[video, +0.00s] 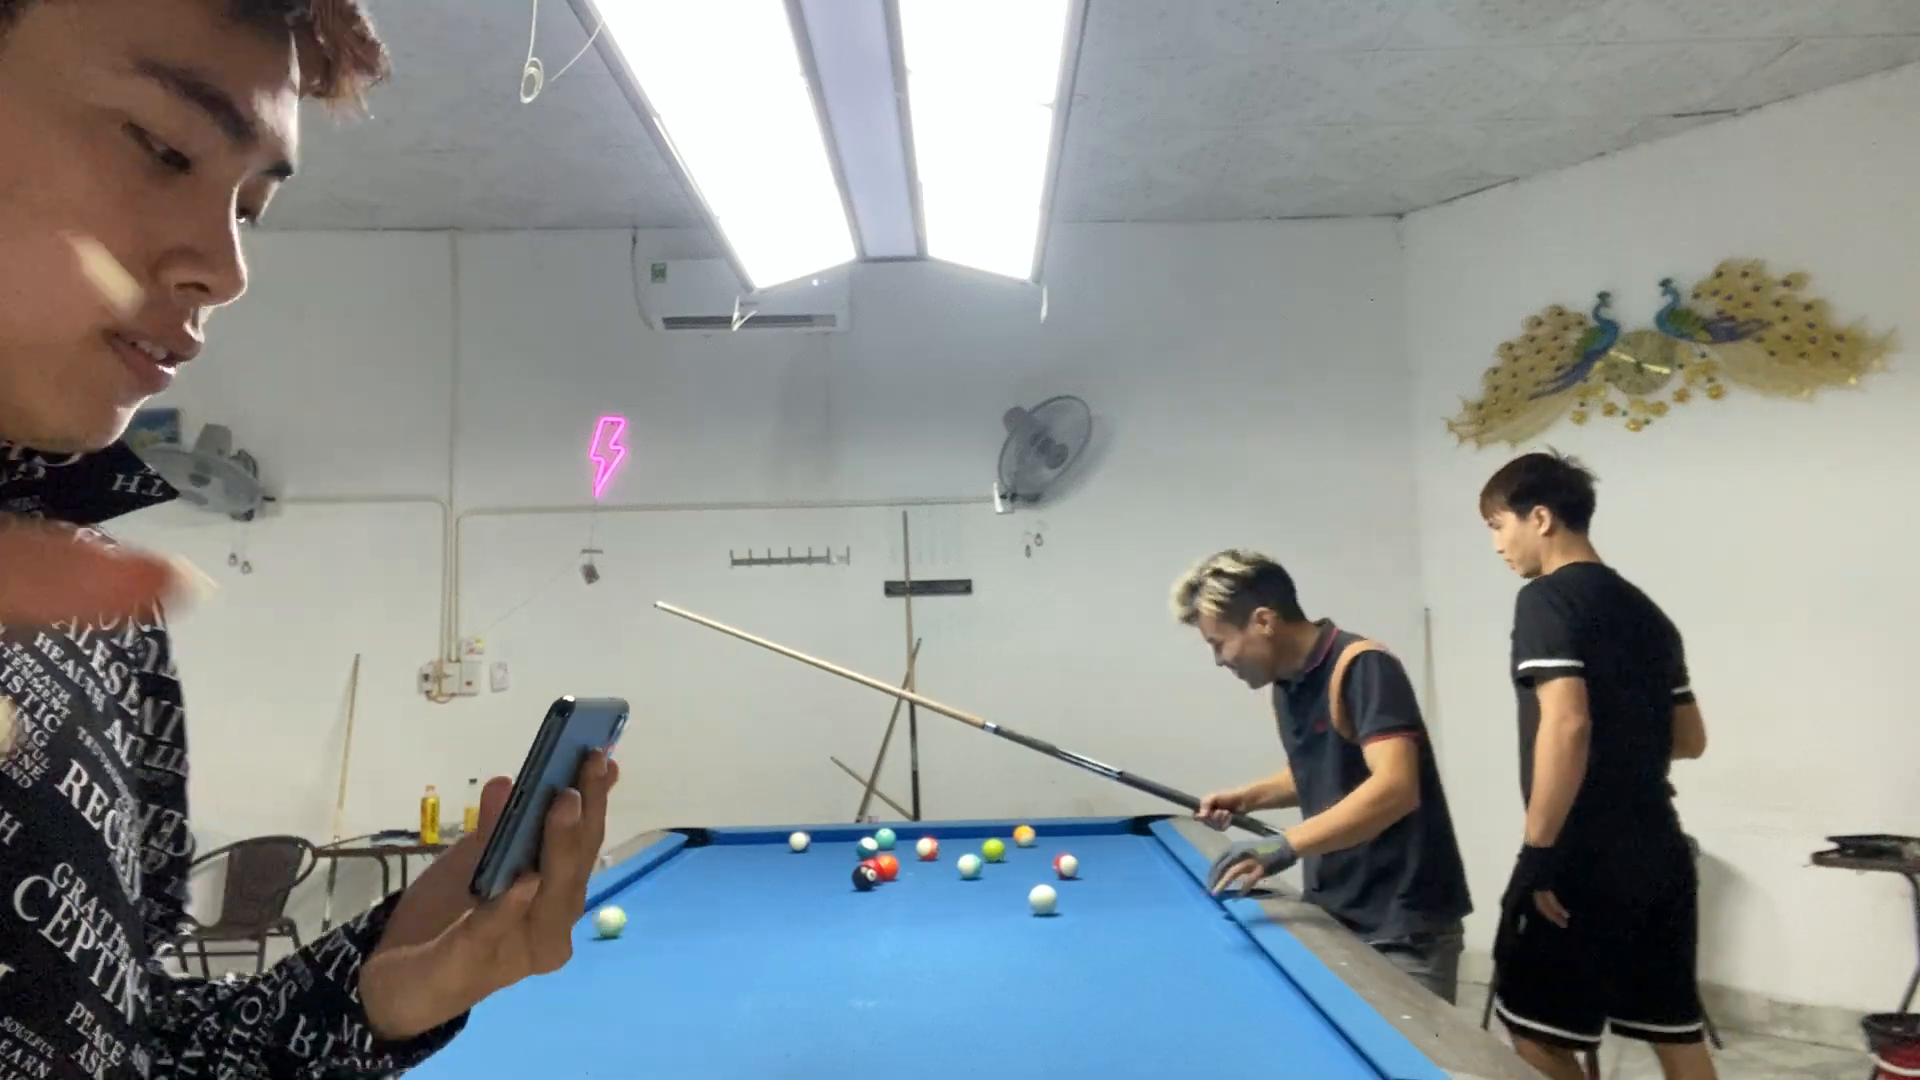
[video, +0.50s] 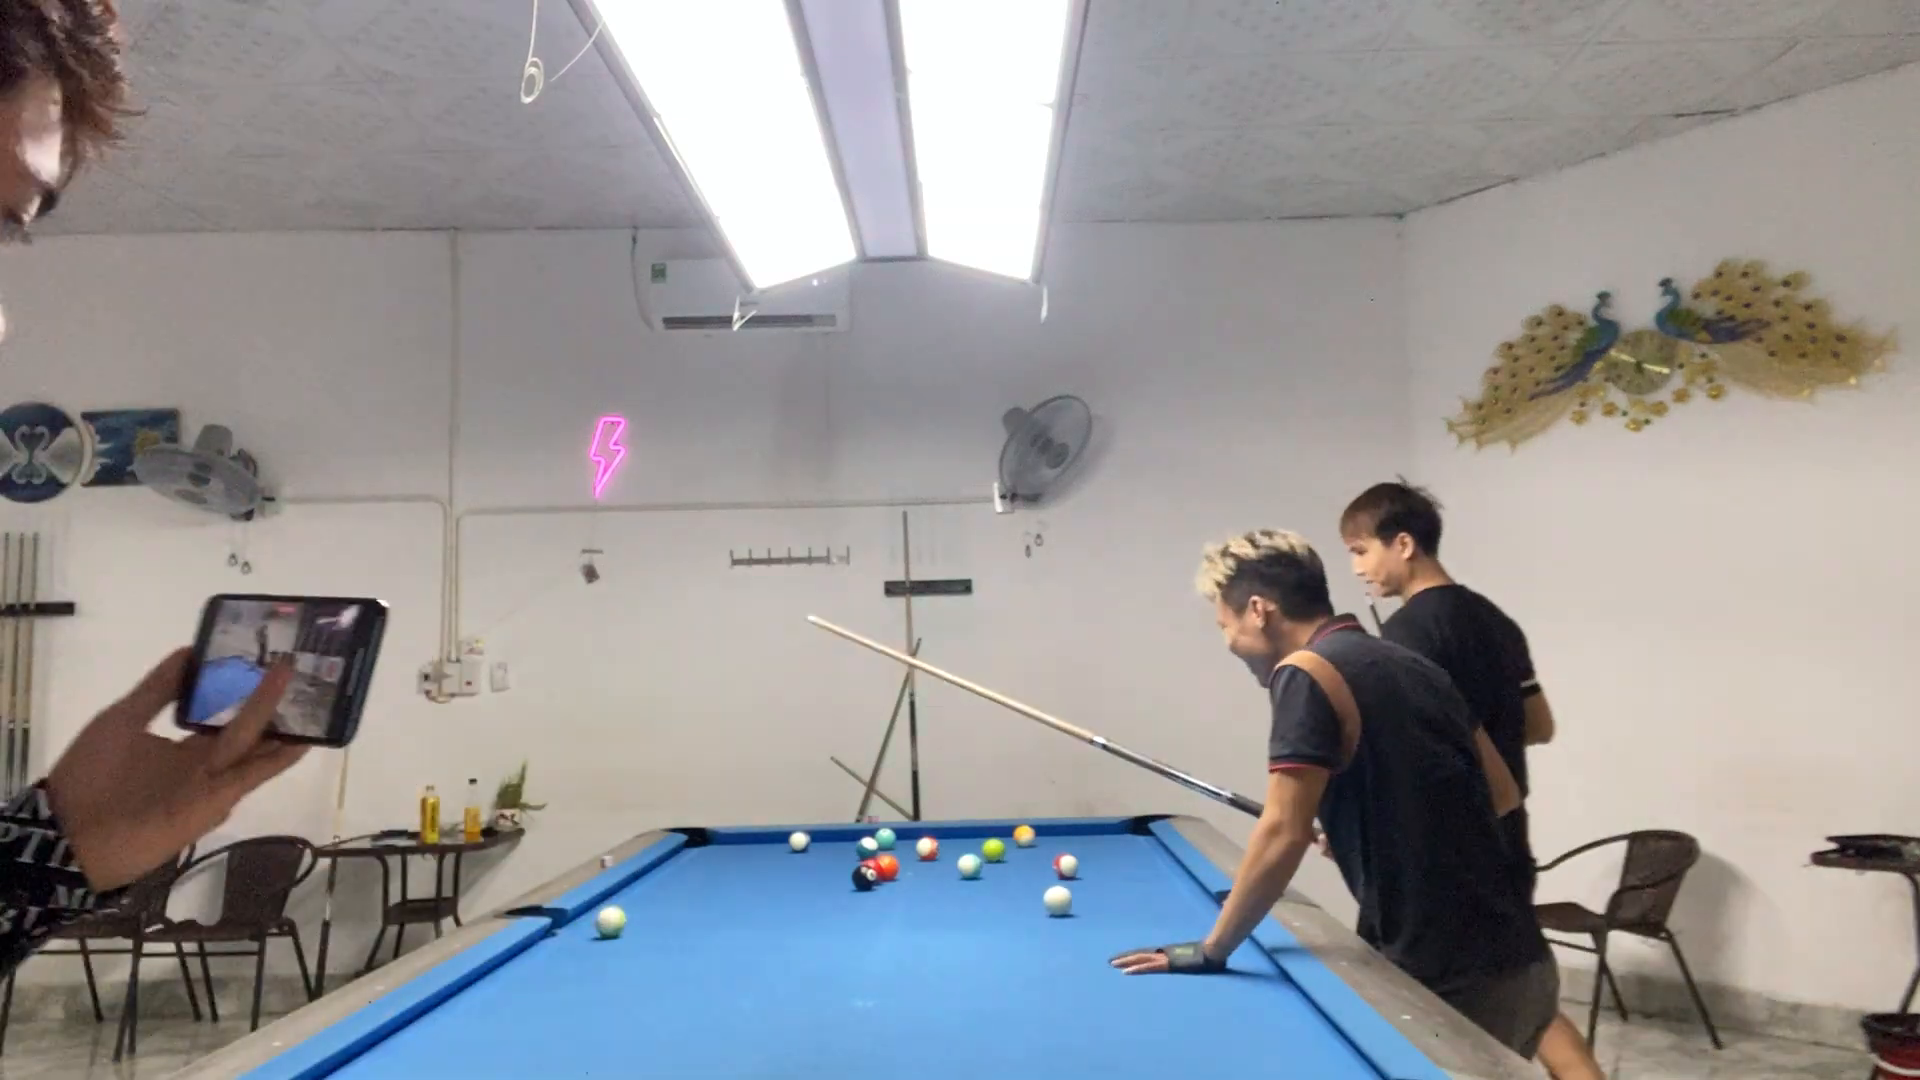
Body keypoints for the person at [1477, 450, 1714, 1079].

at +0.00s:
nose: (1496, 545)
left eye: (1498, 526)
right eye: (1491, 530)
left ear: (1542, 517)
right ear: (1560, 518)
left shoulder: (1545, 600)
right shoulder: (1649, 612)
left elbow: (1568, 724)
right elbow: (1688, 737)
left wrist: (1536, 855)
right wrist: (1599, 742)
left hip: (1575, 859)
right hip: (1657, 856)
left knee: (1541, 1040)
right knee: (1678, 1035)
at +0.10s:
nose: (1478, 550)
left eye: (1480, 531)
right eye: (1474, 534)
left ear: (1521, 523)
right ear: (1545, 524)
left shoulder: (1527, 603)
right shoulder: (1633, 616)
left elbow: (1545, 727)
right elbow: (1668, 740)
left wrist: (1519, 856)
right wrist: (1580, 741)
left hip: (1565, 860)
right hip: (1646, 856)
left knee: (1508, 1026)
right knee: (1670, 1033)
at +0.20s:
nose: (1453, 557)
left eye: (1454, 538)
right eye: (1449, 542)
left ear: (1495, 533)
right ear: (1508, 533)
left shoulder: (1502, 612)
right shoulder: (1606, 617)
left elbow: (1518, 734)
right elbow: (1647, 738)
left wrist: (1499, 866)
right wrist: (1558, 733)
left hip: (1542, 865)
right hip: (1622, 858)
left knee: (1474, 1028)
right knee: (1656, 1034)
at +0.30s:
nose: (1421, 568)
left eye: (1424, 550)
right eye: (1417, 552)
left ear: (1465, 545)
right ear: (1473, 544)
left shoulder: (1472, 625)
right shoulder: (1573, 624)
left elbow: (1491, 746)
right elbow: (1618, 740)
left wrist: (1472, 865)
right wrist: (1531, 735)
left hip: (1514, 867)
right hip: (1589, 858)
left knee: (1454, 1028)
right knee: (1631, 1031)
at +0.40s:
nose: (1388, 573)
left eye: (1391, 555)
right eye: (1384, 557)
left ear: (1434, 550)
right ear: (1441, 550)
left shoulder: (1439, 634)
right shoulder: (1532, 625)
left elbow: (1461, 750)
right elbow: (1579, 737)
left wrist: (1489, 799)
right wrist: (1500, 740)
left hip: (1477, 861)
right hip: (1545, 851)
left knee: (1451, 1020)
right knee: (1587, 1018)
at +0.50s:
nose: (1357, 569)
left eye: (1361, 552)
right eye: (1353, 555)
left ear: (1404, 544)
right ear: (1410, 545)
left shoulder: (1402, 633)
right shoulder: (1496, 618)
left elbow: (1396, 745)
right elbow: (1540, 725)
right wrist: (1447, 724)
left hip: (1442, 852)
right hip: (1509, 844)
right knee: (1534, 1005)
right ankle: (1584, 1073)